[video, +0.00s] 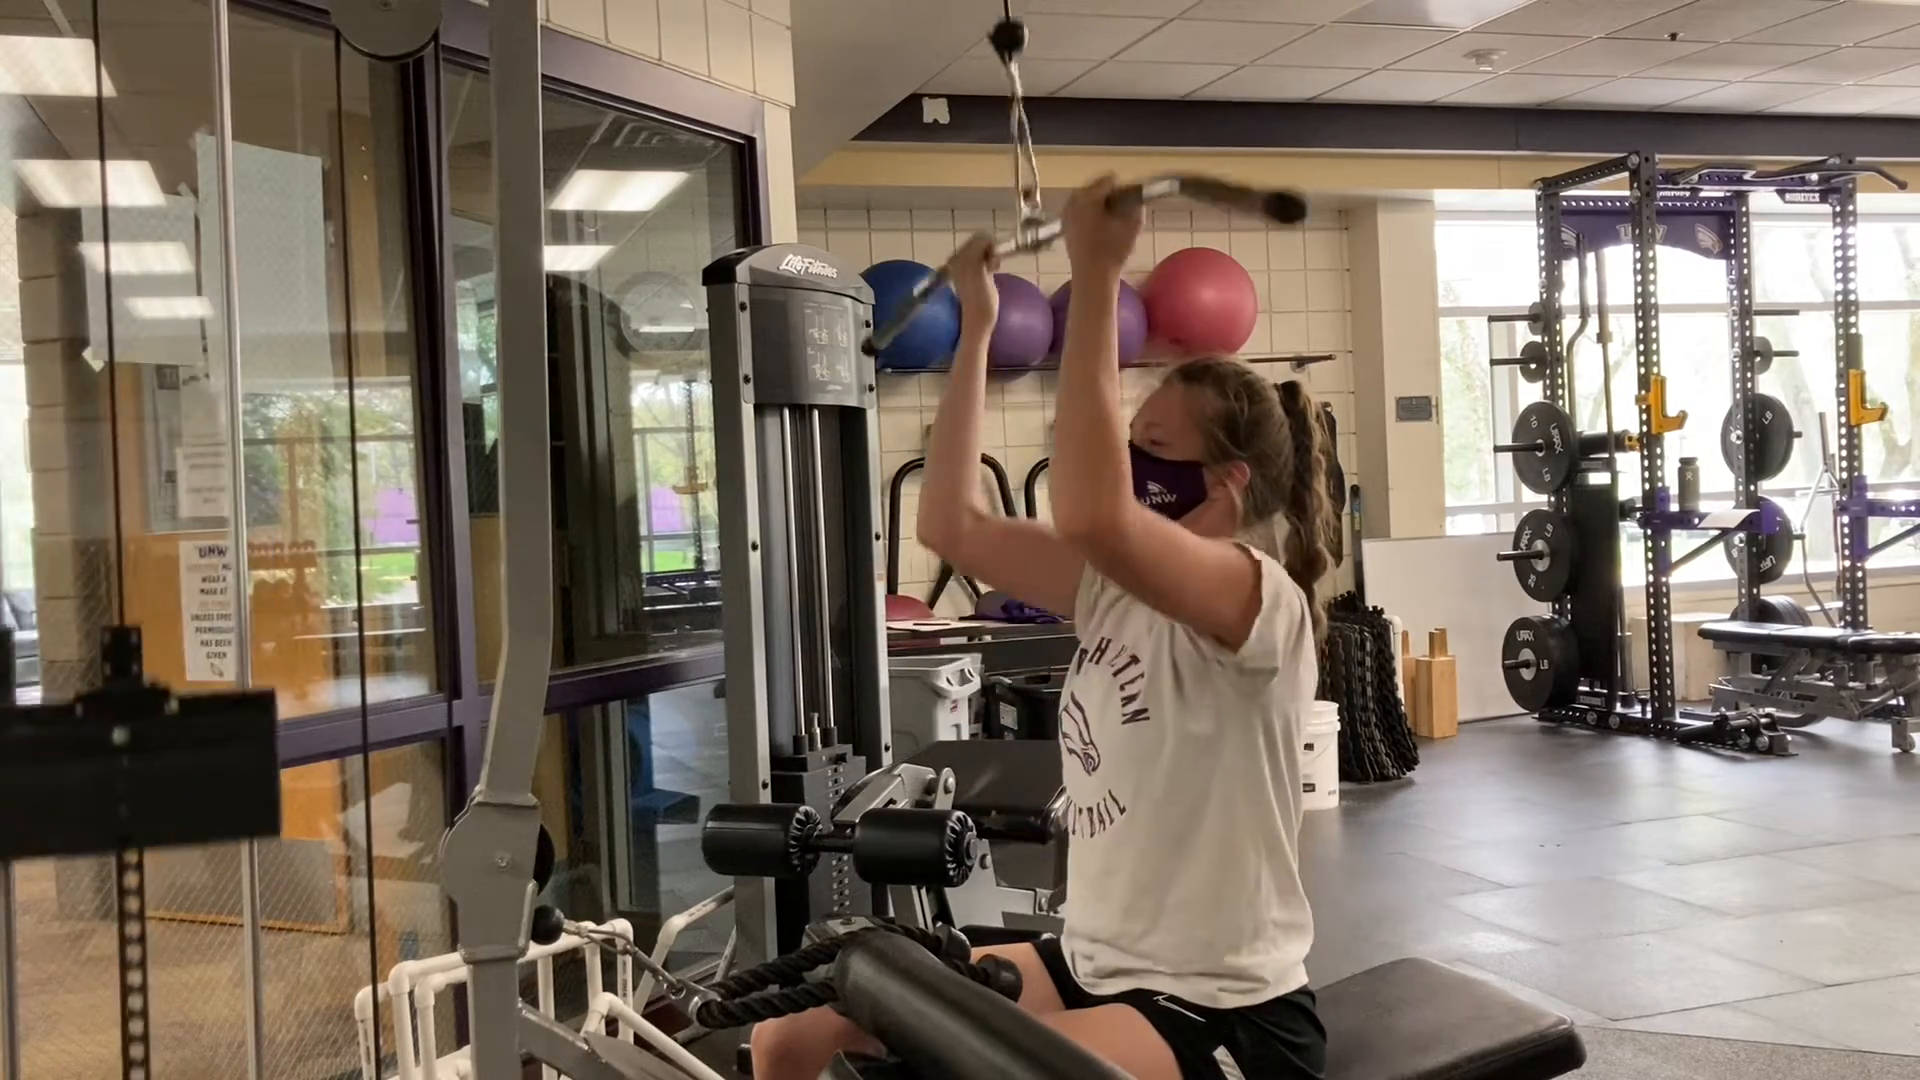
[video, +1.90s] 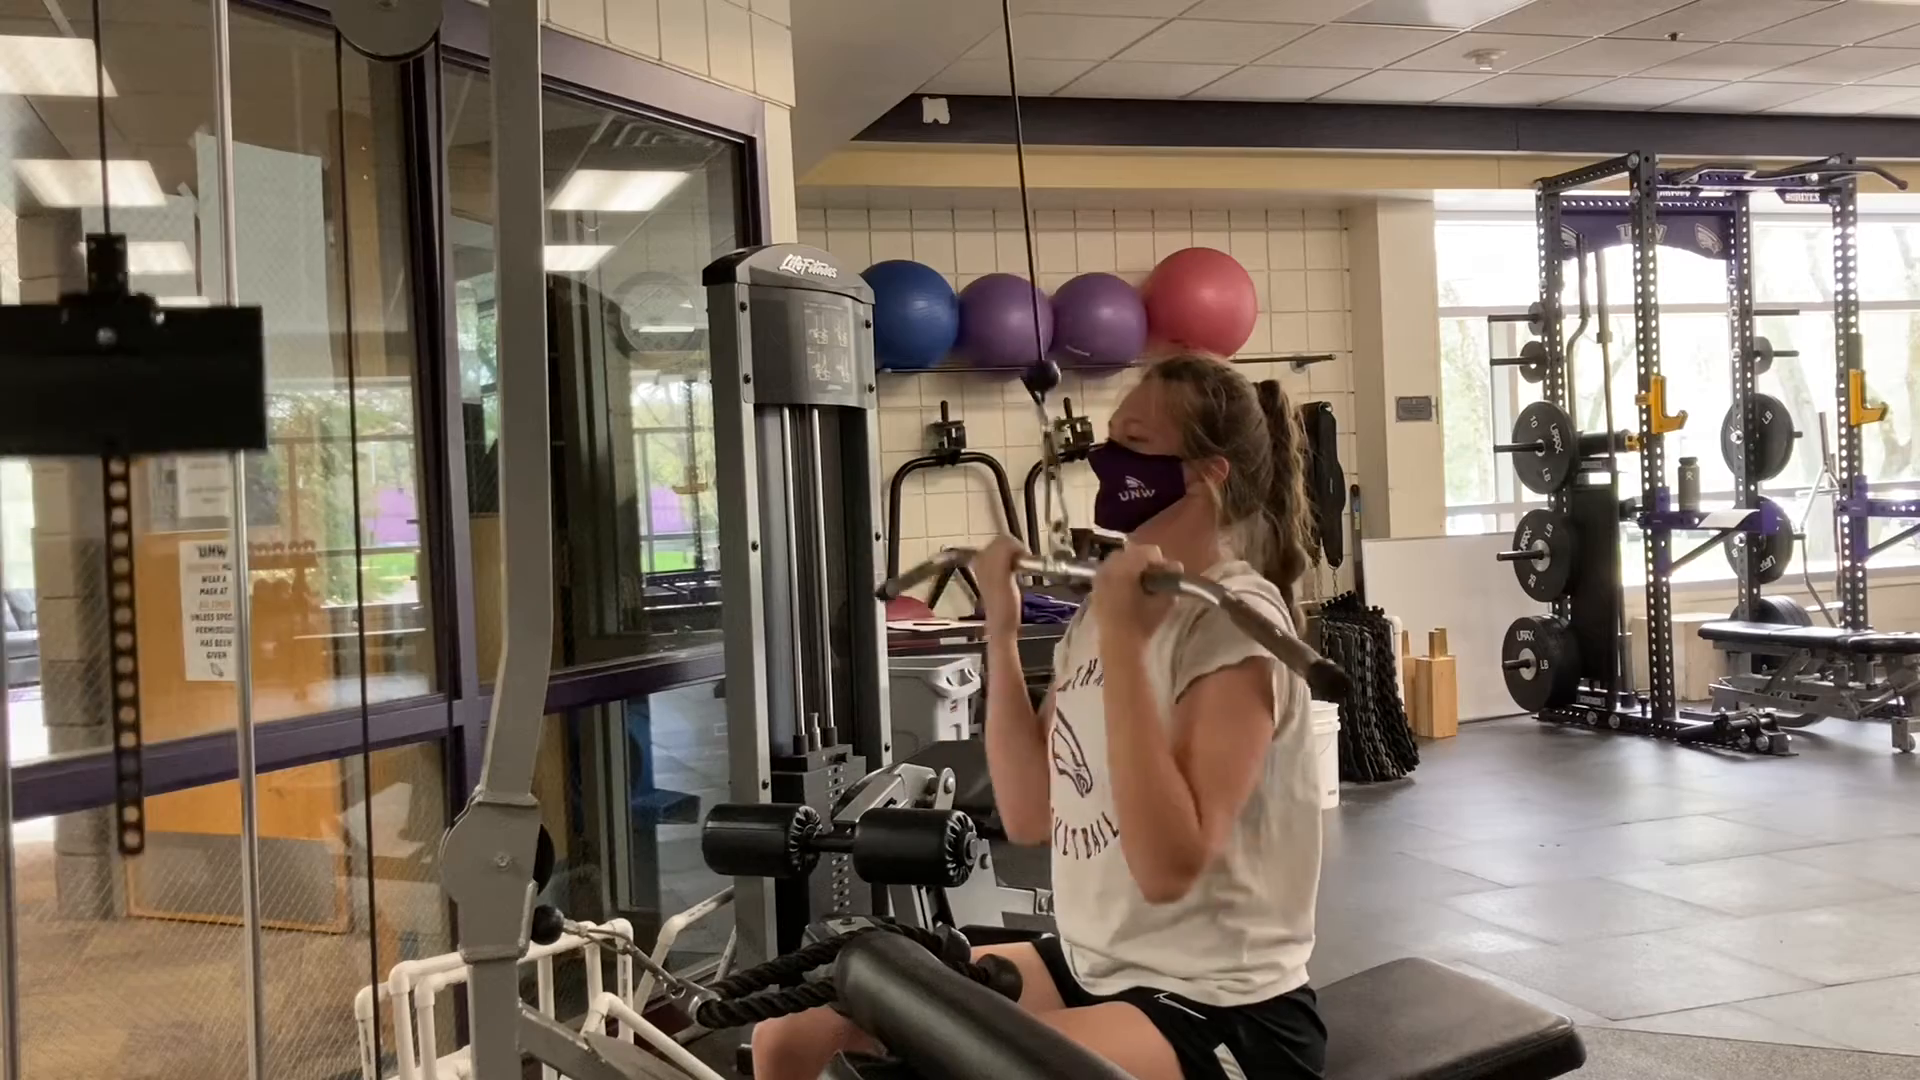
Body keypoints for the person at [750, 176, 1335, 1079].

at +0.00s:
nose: (1129, 474)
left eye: (1157, 460)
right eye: (1129, 450)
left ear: (1234, 484)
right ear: (1118, 442)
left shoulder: (1257, 600)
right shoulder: (1107, 576)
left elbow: (1093, 516)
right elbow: (951, 526)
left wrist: (1094, 275)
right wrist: (976, 330)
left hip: (1224, 1012)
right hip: (1091, 966)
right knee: (791, 1036)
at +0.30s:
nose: (1125, 449)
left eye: (1153, 425)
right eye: (1127, 428)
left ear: (1222, 455)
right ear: (1140, 443)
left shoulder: (1245, 582)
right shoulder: (1107, 561)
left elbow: (1143, 377)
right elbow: (996, 412)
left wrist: (1108, 112)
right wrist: (980, 191)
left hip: (1224, 1007)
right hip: (1093, 967)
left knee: (979, 1074)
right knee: (791, 1042)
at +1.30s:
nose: (1112, 467)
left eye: (1140, 452)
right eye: (1112, 442)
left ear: (1216, 475)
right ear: (1097, 433)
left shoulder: (1246, 585)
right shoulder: (1108, 570)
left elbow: (1066, 503)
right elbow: (952, 500)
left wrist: (1075, 265)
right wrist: (981, 306)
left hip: (1226, 1004)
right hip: (1097, 960)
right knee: (790, 1037)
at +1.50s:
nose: (1110, 460)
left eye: (1142, 445)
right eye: (1112, 440)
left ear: (1217, 476)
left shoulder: (1254, 598)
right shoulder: (1105, 586)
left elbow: (1059, 655)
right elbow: (949, 637)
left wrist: (1075, 431)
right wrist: (970, 455)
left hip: (1225, 1004)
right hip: (1096, 962)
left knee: (949, 1061)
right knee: (791, 1037)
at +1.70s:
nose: (1107, 463)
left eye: (1136, 447)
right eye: (1109, 442)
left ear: (1215, 475)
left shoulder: (1244, 608)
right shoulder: (1121, 601)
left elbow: (1105, 794)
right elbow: (978, 751)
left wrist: (1096, 563)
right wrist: (980, 561)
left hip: (1221, 1004)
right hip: (1097, 961)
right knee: (788, 1042)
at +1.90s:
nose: (1104, 464)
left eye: (1133, 447)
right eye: (1109, 444)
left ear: (1212, 475)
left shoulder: (1239, 620)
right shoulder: (1104, 615)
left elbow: (1170, 866)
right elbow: (1027, 817)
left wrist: (1122, 642)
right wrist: (1001, 632)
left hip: (1222, 1007)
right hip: (1095, 960)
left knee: (957, 1066)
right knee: (788, 1043)